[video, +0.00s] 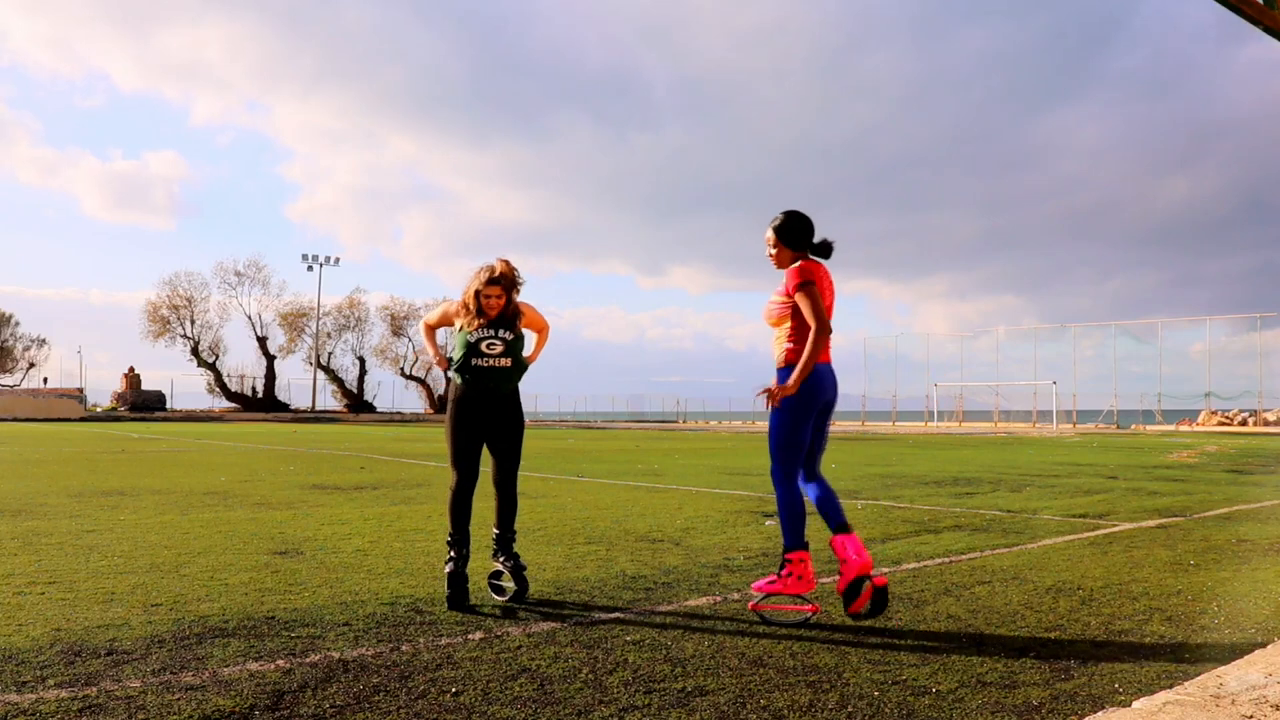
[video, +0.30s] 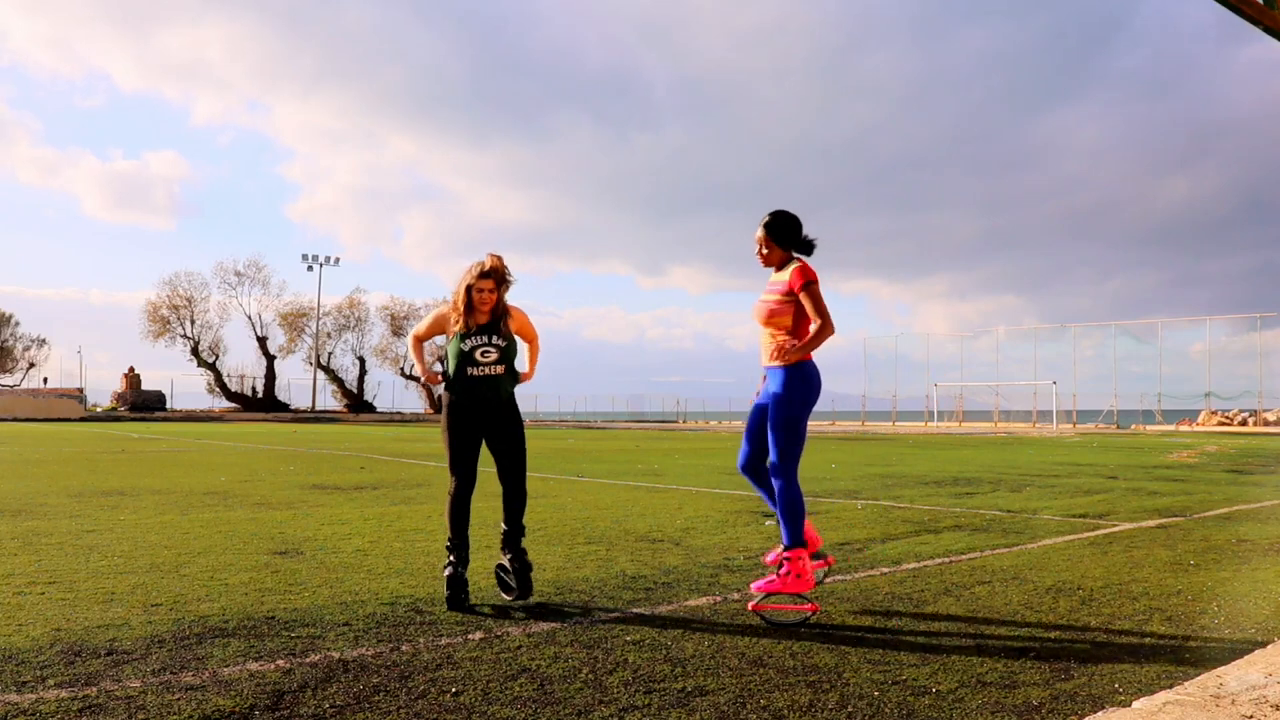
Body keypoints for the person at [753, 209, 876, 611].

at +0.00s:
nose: (768, 252)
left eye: (772, 246)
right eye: (767, 246)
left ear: (788, 245)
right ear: (803, 243)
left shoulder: (797, 274)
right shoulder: (818, 273)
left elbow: (820, 329)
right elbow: (805, 335)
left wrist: (792, 382)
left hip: (798, 381)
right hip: (822, 379)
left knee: (784, 475)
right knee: (810, 474)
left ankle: (796, 569)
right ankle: (852, 553)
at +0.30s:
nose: (758, 251)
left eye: (763, 245)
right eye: (757, 244)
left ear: (783, 244)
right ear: (770, 243)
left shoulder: (800, 273)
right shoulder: (779, 276)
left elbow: (826, 326)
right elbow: (782, 334)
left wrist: (796, 355)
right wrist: (766, 379)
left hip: (793, 378)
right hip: (774, 378)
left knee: (782, 469)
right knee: (749, 463)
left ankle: (795, 564)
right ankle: (801, 535)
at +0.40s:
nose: (754, 252)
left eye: (760, 246)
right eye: (754, 246)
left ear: (780, 246)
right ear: (759, 245)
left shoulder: (799, 275)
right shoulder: (763, 277)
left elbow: (827, 313)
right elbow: (769, 328)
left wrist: (836, 330)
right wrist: (760, 368)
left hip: (791, 379)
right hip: (764, 378)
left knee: (781, 470)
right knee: (750, 467)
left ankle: (797, 563)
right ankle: (769, 545)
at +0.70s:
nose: (746, 257)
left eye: (754, 251)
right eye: (742, 250)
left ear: (769, 252)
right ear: (736, 250)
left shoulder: (789, 280)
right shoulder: (730, 286)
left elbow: (832, 315)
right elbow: (722, 339)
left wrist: (882, 346)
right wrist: (699, 384)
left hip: (785, 377)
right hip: (749, 380)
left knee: (782, 466)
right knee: (748, 466)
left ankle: (796, 558)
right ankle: (750, 553)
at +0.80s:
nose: (745, 257)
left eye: (752, 250)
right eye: (741, 250)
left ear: (766, 252)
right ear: (733, 252)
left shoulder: (787, 282)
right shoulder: (726, 290)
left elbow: (815, 331)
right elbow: (708, 342)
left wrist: (847, 374)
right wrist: (678, 384)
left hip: (787, 378)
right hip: (750, 381)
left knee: (778, 462)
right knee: (750, 468)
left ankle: (796, 550)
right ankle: (752, 552)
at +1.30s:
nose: (778, 245)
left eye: (783, 239)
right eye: (772, 240)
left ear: (794, 246)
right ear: (763, 248)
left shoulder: (812, 280)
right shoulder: (753, 283)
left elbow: (825, 332)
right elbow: (737, 336)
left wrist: (846, 380)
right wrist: (732, 384)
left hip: (803, 380)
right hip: (764, 380)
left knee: (802, 468)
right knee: (759, 467)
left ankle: (802, 551)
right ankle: (752, 549)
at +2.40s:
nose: (825, 253)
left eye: (831, 246)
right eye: (818, 246)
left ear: (842, 244)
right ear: (807, 245)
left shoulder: (859, 281)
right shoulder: (792, 279)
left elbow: (876, 330)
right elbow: (779, 323)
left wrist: (870, 355)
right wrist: (775, 337)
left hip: (842, 380)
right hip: (800, 379)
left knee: (844, 479)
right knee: (797, 475)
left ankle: (850, 566)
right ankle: (781, 560)